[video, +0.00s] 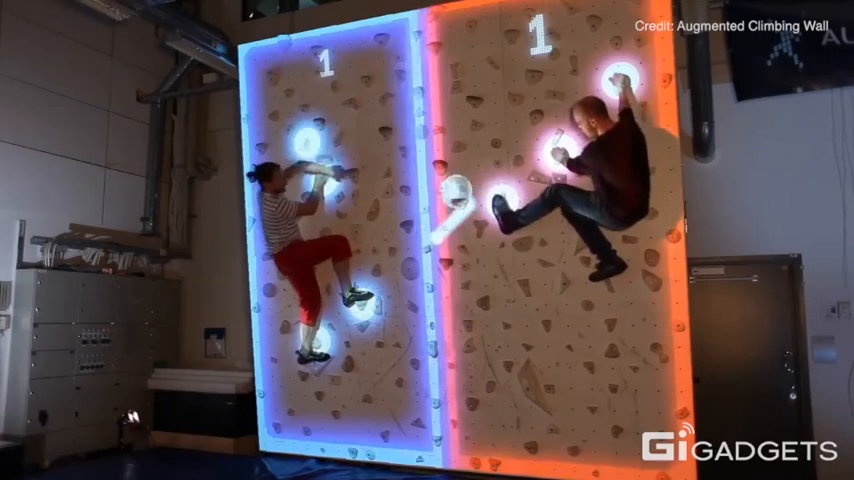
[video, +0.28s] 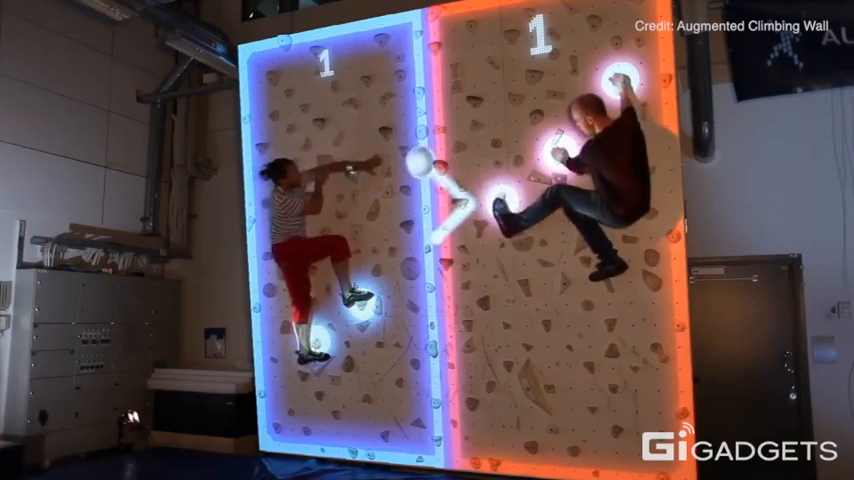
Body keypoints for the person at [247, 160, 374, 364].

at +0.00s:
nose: (284, 178)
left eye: (281, 175)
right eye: (280, 176)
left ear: (268, 183)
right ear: (269, 183)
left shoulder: (268, 194)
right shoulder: (278, 205)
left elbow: (298, 167)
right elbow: (311, 208)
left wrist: (330, 171)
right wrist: (320, 182)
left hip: (285, 256)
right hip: (293, 253)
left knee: (311, 301)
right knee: (338, 244)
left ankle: (306, 351)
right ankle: (348, 293)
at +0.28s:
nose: (299, 174)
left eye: (297, 171)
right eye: (295, 173)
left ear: (284, 180)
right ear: (284, 180)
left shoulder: (290, 188)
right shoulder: (286, 199)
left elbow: (323, 170)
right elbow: (315, 207)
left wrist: (359, 165)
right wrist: (319, 184)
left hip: (286, 249)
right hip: (292, 248)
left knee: (301, 299)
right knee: (337, 243)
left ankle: (304, 351)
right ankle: (348, 292)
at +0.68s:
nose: (306, 164)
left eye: (304, 162)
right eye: (302, 164)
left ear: (290, 171)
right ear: (294, 171)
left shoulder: (290, 183)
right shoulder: (293, 193)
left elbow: (318, 152)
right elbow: (322, 209)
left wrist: (342, 127)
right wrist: (321, 185)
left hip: (290, 246)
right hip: (300, 243)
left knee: (303, 296)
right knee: (345, 242)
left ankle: (305, 350)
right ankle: (348, 292)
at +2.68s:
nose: (283, 187)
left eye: (283, 183)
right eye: (279, 185)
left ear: (279, 181)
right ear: (269, 186)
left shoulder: (268, 195)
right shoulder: (279, 204)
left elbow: (290, 158)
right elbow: (311, 207)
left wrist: (308, 130)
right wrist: (320, 186)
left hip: (282, 254)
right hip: (291, 251)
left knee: (305, 300)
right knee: (333, 246)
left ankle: (305, 351)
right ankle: (346, 294)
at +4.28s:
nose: (302, 192)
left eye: (302, 189)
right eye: (298, 189)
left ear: (293, 186)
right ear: (287, 191)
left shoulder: (283, 195)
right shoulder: (290, 210)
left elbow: (298, 159)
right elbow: (315, 208)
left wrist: (310, 131)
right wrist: (321, 189)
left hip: (282, 256)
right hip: (285, 256)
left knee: (308, 302)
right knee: (329, 281)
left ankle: (306, 350)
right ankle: (354, 325)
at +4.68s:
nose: (296, 188)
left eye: (295, 185)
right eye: (293, 185)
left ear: (279, 187)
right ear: (281, 188)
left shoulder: (275, 198)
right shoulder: (283, 209)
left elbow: (293, 162)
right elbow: (311, 209)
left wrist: (310, 132)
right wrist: (320, 188)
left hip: (280, 256)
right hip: (286, 253)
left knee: (311, 296)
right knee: (332, 246)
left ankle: (306, 349)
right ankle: (352, 293)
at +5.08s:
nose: (288, 184)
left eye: (286, 180)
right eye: (284, 183)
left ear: (279, 182)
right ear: (273, 189)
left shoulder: (275, 189)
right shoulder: (268, 213)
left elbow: (294, 156)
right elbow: (294, 236)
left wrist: (310, 131)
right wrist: (315, 214)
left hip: (280, 252)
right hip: (280, 253)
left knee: (308, 296)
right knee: (328, 249)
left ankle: (304, 348)